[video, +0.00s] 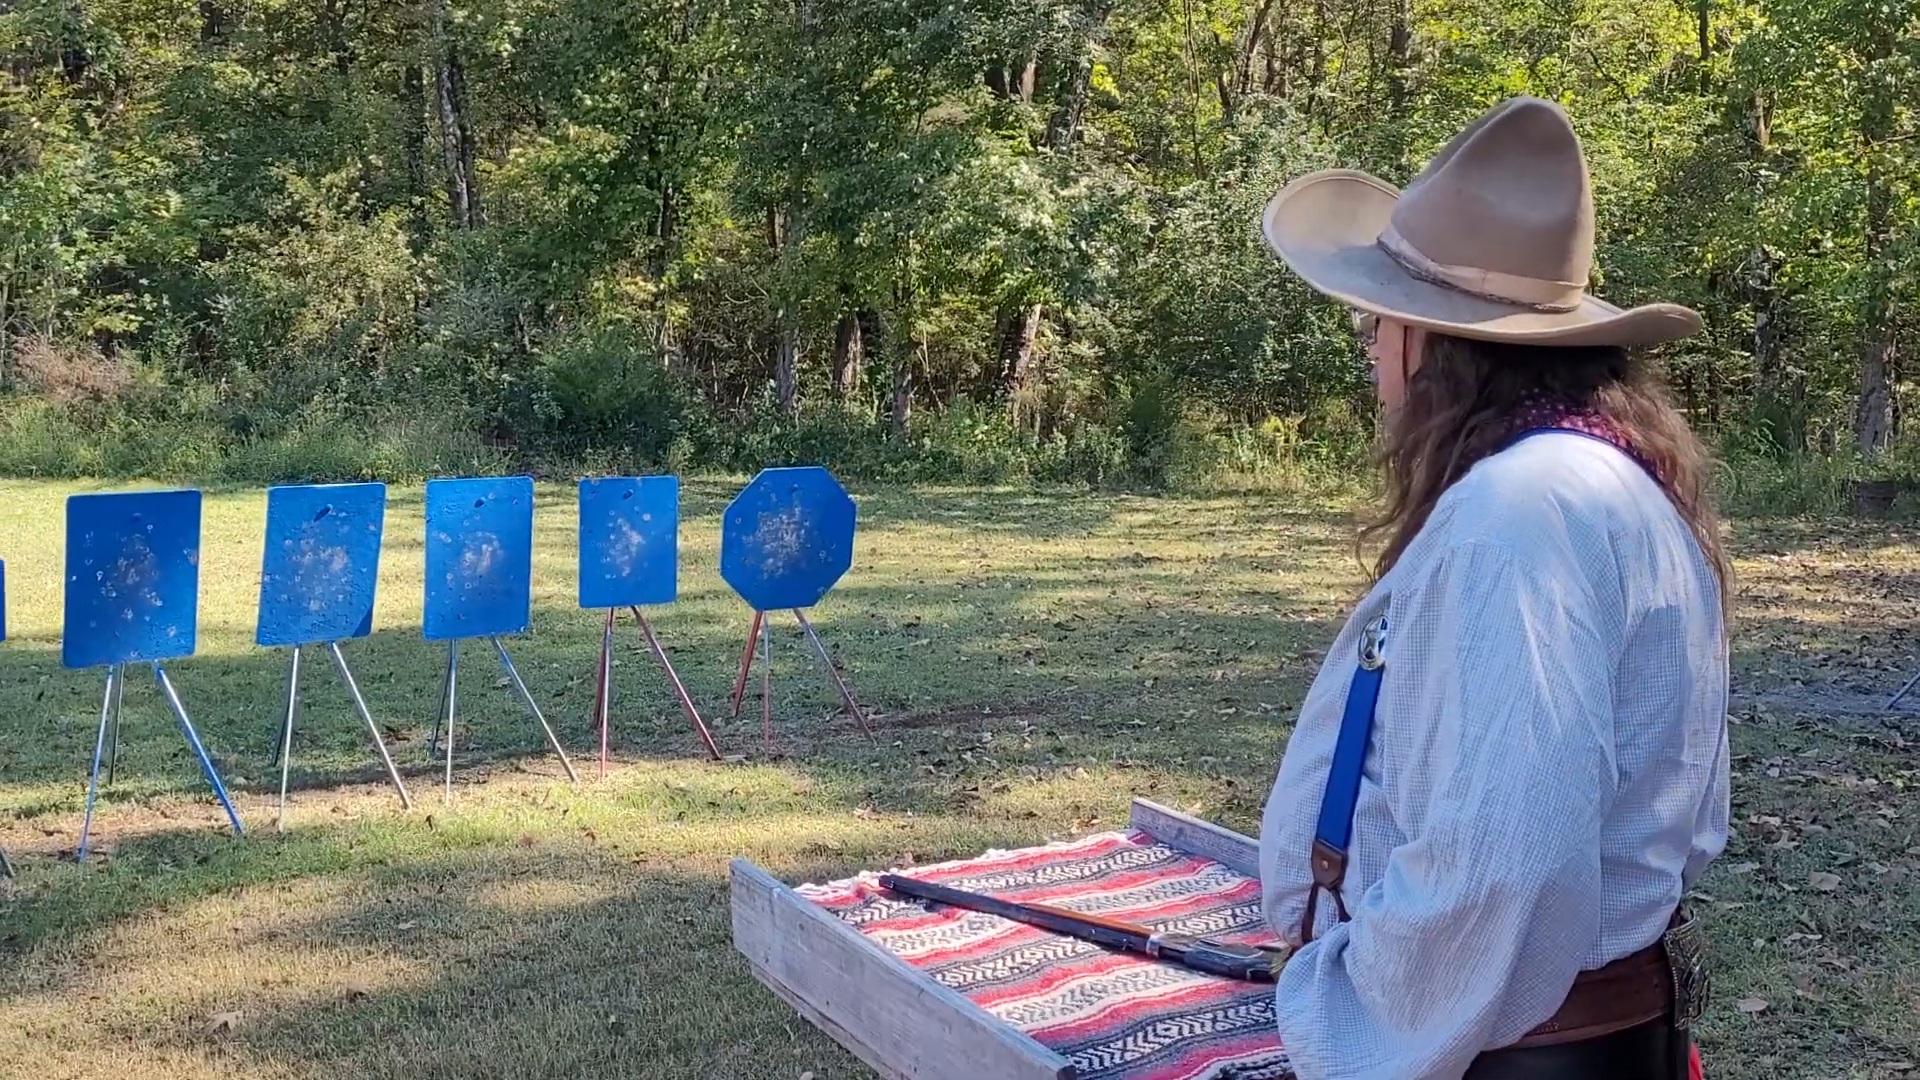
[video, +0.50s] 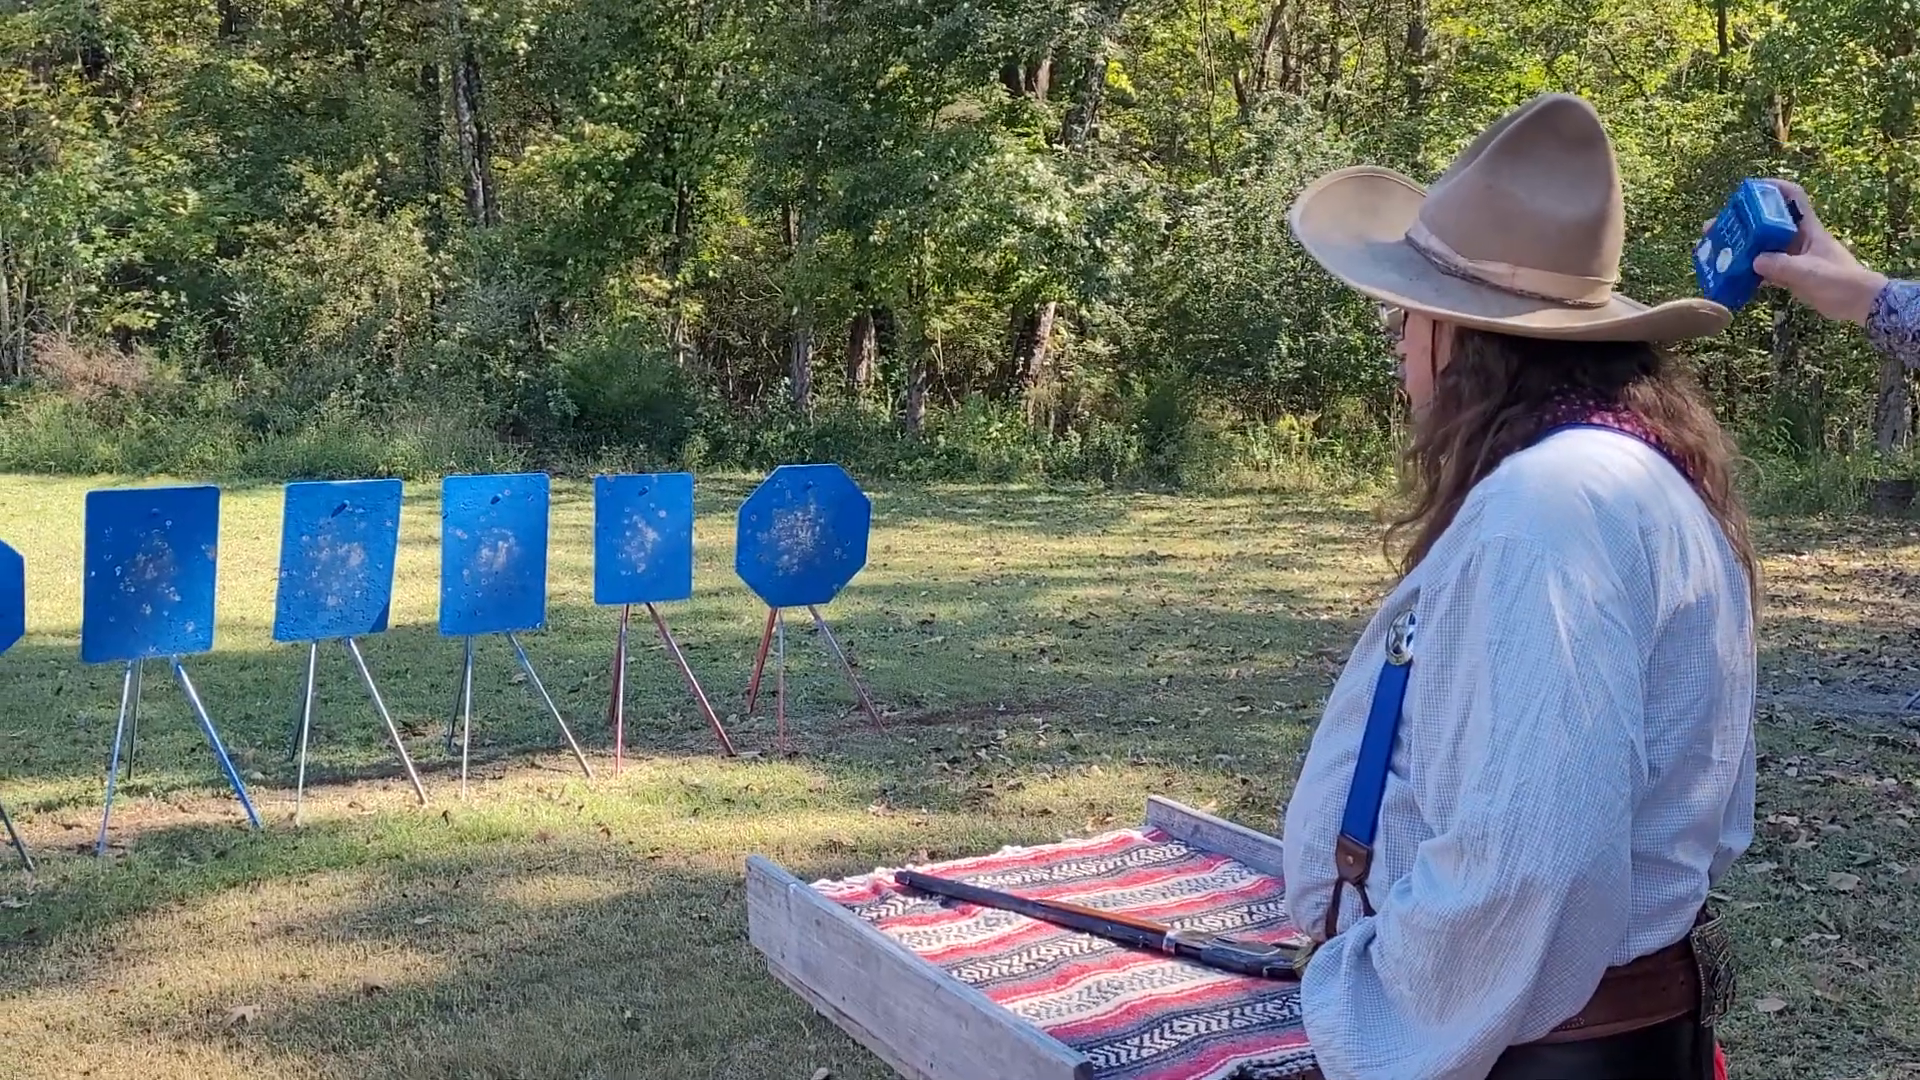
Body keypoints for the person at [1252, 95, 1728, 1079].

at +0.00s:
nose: (1369, 345)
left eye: (1381, 320)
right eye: (1374, 319)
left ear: (1439, 341)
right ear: (1546, 334)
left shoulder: (1523, 506)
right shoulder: (1609, 478)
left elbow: (1504, 858)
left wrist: (1339, 998)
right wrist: (1355, 895)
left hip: (1527, 1035)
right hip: (1611, 1004)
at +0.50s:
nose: (1395, 344)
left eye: (1406, 317)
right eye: (1400, 316)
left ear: (1464, 337)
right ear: (1569, 329)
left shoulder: (1551, 503)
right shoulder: (1639, 471)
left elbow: (1531, 852)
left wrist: (1363, 997)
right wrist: (1380, 893)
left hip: (1553, 1035)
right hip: (1637, 1003)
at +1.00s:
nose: (1414, 341)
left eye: (1426, 317)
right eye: (1419, 316)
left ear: (1483, 338)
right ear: (1590, 332)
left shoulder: (1570, 505)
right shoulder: (1659, 475)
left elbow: (1549, 852)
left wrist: (1379, 991)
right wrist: (1403, 908)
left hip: (1572, 1035)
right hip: (1658, 1002)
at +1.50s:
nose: (1370, 344)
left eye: (1384, 319)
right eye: (1376, 319)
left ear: (1450, 344)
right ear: (1536, 337)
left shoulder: (1567, 517)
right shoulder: (1609, 484)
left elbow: (1570, 893)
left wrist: (1353, 1043)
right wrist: (1396, 933)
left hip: (1585, 1040)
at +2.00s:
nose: (1353, 338)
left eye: (1363, 312)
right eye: (1357, 312)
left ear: (1426, 333)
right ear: (1508, 331)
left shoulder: (1553, 523)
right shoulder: (1511, 477)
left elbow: (1568, 943)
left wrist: (1427, 1065)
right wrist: (1366, 628)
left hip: (1466, 1029)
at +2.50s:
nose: (1352, 334)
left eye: (1362, 309)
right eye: (1356, 309)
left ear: (1414, 328)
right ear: (1475, 326)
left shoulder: (1590, 512)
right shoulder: (1434, 479)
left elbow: (1607, 910)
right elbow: (1246, 525)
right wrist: (1067, 475)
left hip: (1469, 1040)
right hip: (1368, 999)